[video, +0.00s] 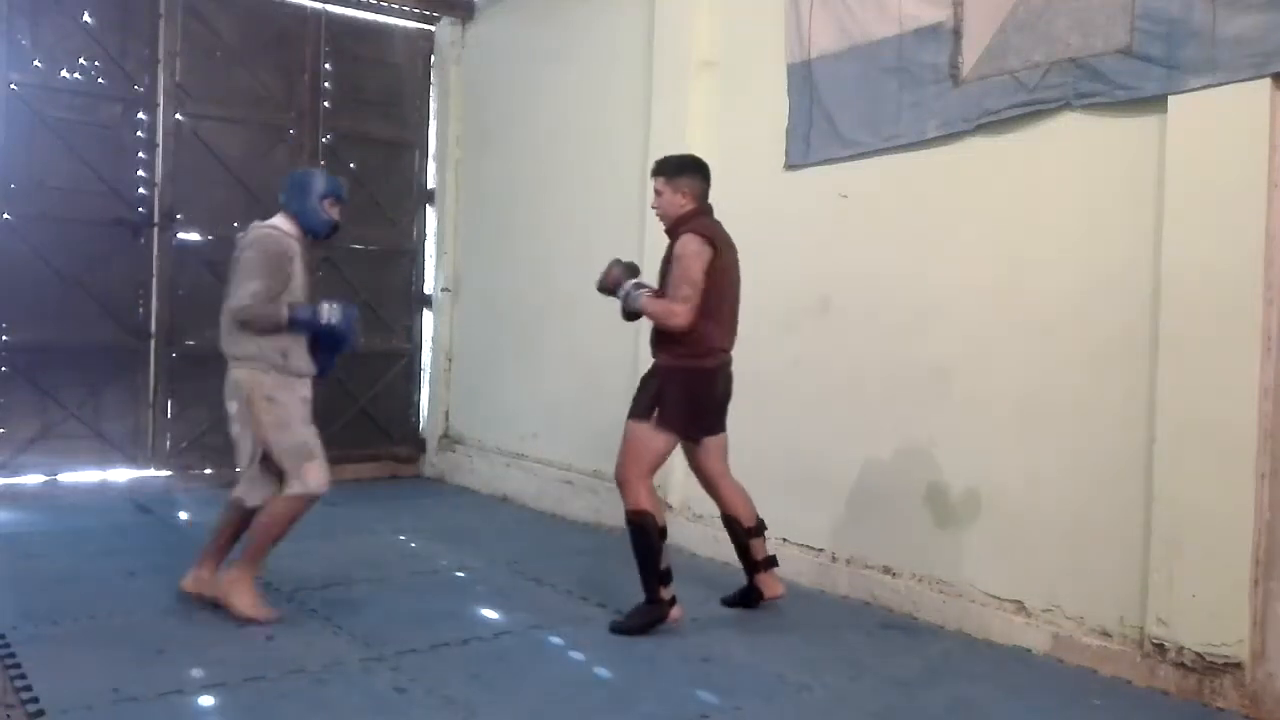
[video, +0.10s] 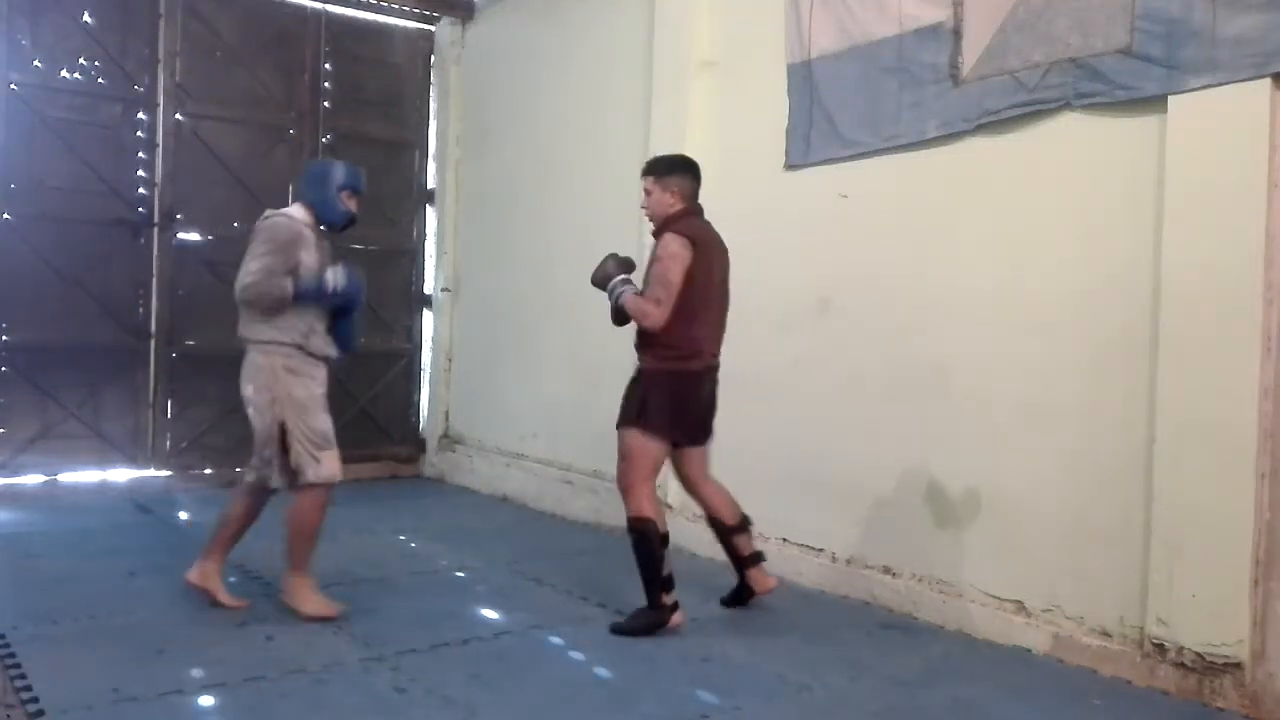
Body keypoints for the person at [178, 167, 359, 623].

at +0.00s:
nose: (336, 215)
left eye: (339, 206)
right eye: (330, 203)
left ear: (306, 203)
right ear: (304, 200)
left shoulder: (288, 246)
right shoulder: (269, 241)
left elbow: (270, 319)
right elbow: (246, 312)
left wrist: (318, 342)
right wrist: (309, 314)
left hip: (271, 379)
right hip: (263, 380)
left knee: (260, 482)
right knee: (309, 480)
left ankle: (204, 572)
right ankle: (239, 578)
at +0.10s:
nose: (355, 208)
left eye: (357, 199)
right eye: (350, 196)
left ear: (332, 196)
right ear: (325, 193)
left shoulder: (314, 240)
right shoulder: (283, 226)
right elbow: (250, 289)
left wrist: (342, 304)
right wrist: (317, 286)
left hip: (297, 363)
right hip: (278, 364)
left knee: (265, 473)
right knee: (319, 474)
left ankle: (207, 567)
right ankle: (298, 583)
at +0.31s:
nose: (379, 225)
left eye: (383, 217)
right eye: (374, 213)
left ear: (362, 215)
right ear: (352, 208)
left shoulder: (338, 252)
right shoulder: (309, 246)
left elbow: (335, 322)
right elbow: (327, 309)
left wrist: (371, 344)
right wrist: (373, 271)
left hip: (334, 381)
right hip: (314, 382)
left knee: (323, 491)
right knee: (341, 488)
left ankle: (254, 548)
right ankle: (320, 594)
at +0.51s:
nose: (409, 217)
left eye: (413, 209)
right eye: (404, 206)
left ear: (406, 211)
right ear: (379, 203)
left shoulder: (387, 246)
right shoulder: (341, 236)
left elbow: (381, 311)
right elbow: (347, 305)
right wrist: (392, 271)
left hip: (372, 368)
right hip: (331, 368)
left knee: (400, 467)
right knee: (342, 479)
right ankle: (300, 584)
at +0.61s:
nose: (417, 236)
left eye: (421, 228)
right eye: (412, 225)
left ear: (414, 231)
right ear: (386, 222)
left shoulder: (398, 268)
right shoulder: (349, 255)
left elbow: (430, 329)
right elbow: (382, 313)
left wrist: (420, 332)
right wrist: (419, 269)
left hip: (386, 390)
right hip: (340, 387)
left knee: (421, 478)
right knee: (344, 490)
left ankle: (436, 554)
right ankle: (296, 591)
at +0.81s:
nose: (442, 227)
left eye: (448, 220)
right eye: (436, 217)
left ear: (452, 225)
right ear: (414, 214)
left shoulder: (451, 265)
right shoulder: (377, 252)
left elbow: (456, 327)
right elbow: (368, 316)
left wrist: (402, 331)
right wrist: (427, 320)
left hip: (429, 382)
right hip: (377, 378)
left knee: (441, 472)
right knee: (349, 472)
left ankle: (436, 554)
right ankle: (320, 559)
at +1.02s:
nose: (449, 244)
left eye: (456, 237)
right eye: (443, 235)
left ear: (461, 242)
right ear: (424, 234)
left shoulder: (462, 286)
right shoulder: (388, 271)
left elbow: (466, 341)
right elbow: (368, 323)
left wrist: (445, 355)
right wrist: (411, 312)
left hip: (441, 391)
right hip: (389, 388)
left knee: (455, 472)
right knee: (380, 469)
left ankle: (456, 538)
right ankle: (389, 529)